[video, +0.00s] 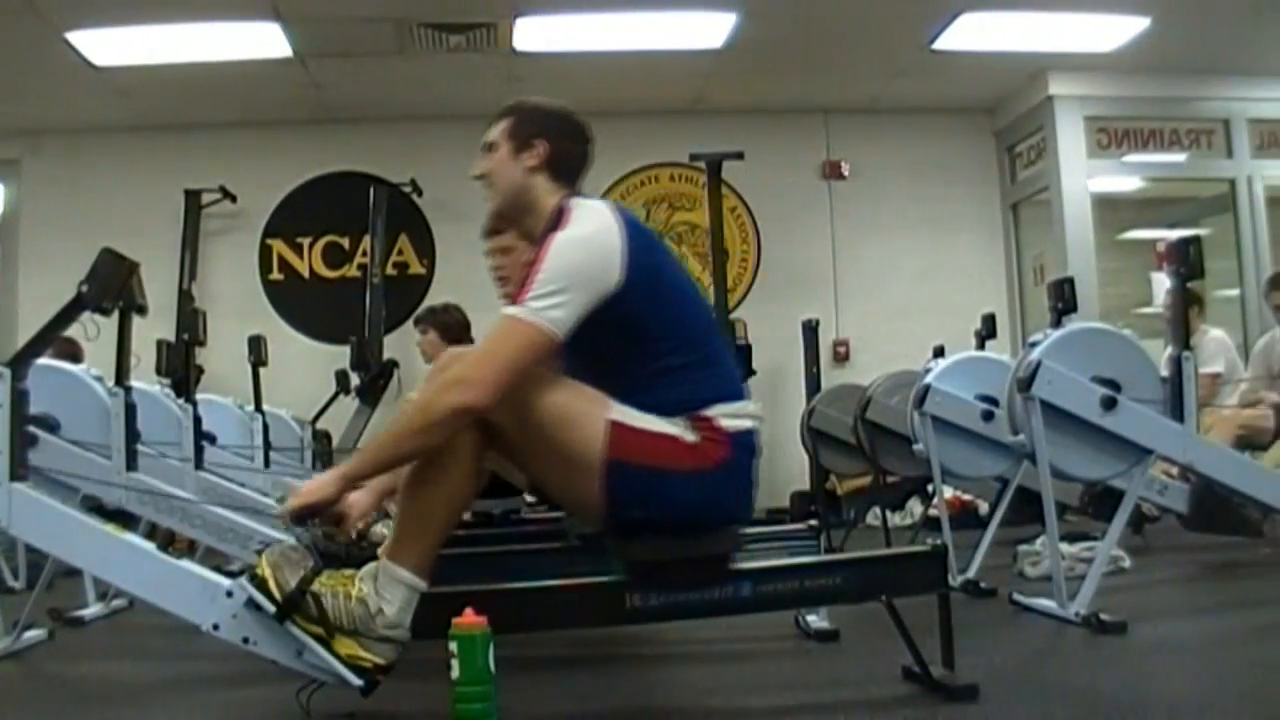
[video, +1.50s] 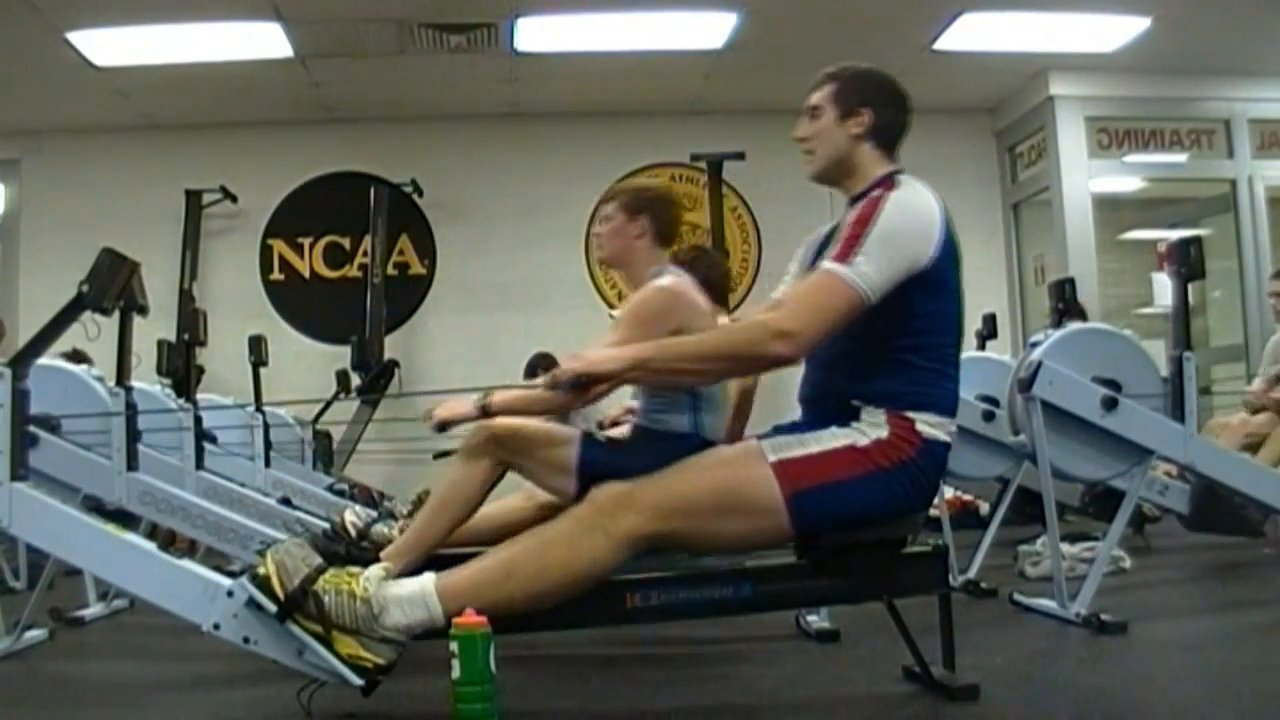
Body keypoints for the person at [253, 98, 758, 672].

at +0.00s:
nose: (479, 168)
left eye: (491, 151)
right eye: (482, 154)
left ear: (536, 157)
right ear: (535, 161)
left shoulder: (591, 234)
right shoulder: (570, 241)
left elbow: (469, 390)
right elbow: (477, 391)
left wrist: (341, 475)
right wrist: (373, 493)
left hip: (700, 462)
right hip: (670, 458)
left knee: (467, 382)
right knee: (465, 398)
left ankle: (385, 603)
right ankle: (384, 601)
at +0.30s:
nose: (393, 174)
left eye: (405, 156)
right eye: (397, 158)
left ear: (446, 163)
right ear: (451, 167)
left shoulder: (498, 242)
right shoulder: (493, 245)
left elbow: (364, 393)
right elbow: (391, 413)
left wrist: (232, 474)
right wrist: (280, 490)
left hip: (609, 471)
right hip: (596, 466)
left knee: (387, 356)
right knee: (402, 365)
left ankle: (382, 593)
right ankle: (385, 590)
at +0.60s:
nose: (414, 164)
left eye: (429, 146)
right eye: (419, 148)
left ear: (475, 156)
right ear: (476, 161)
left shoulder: (511, 236)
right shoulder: (496, 241)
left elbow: (354, 372)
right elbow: (373, 387)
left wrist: (217, 437)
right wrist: (263, 454)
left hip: (617, 470)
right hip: (593, 463)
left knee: (411, 360)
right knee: (402, 363)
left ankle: (382, 591)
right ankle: (381, 576)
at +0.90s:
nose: (543, 138)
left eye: (561, 123)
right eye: (550, 124)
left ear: (606, 140)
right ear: (598, 144)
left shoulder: (639, 225)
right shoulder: (603, 235)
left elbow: (502, 373)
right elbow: (500, 357)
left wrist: (345, 425)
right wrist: (369, 412)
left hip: (716, 458)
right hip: (674, 448)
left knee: (489, 362)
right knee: (474, 336)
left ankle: (391, 594)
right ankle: (389, 571)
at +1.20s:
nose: (683, 131)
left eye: (699, 115)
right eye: (689, 116)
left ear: (744, 129)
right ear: (736, 131)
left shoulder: (785, 215)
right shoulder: (743, 225)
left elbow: (635, 336)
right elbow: (634, 335)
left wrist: (482, 379)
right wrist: (493, 390)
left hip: (830, 447)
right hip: (785, 438)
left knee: (571, 432)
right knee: (553, 435)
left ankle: (392, 608)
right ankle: (383, 602)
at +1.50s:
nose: (799, 133)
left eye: (814, 117)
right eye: (802, 119)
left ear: (864, 125)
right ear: (846, 129)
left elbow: (783, 335)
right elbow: (753, 340)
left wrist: (621, 361)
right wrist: (619, 374)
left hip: (888, 444)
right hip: (837, 437)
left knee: (637, 507)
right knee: (617, 501)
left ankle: (400, 610)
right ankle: (398, 600)